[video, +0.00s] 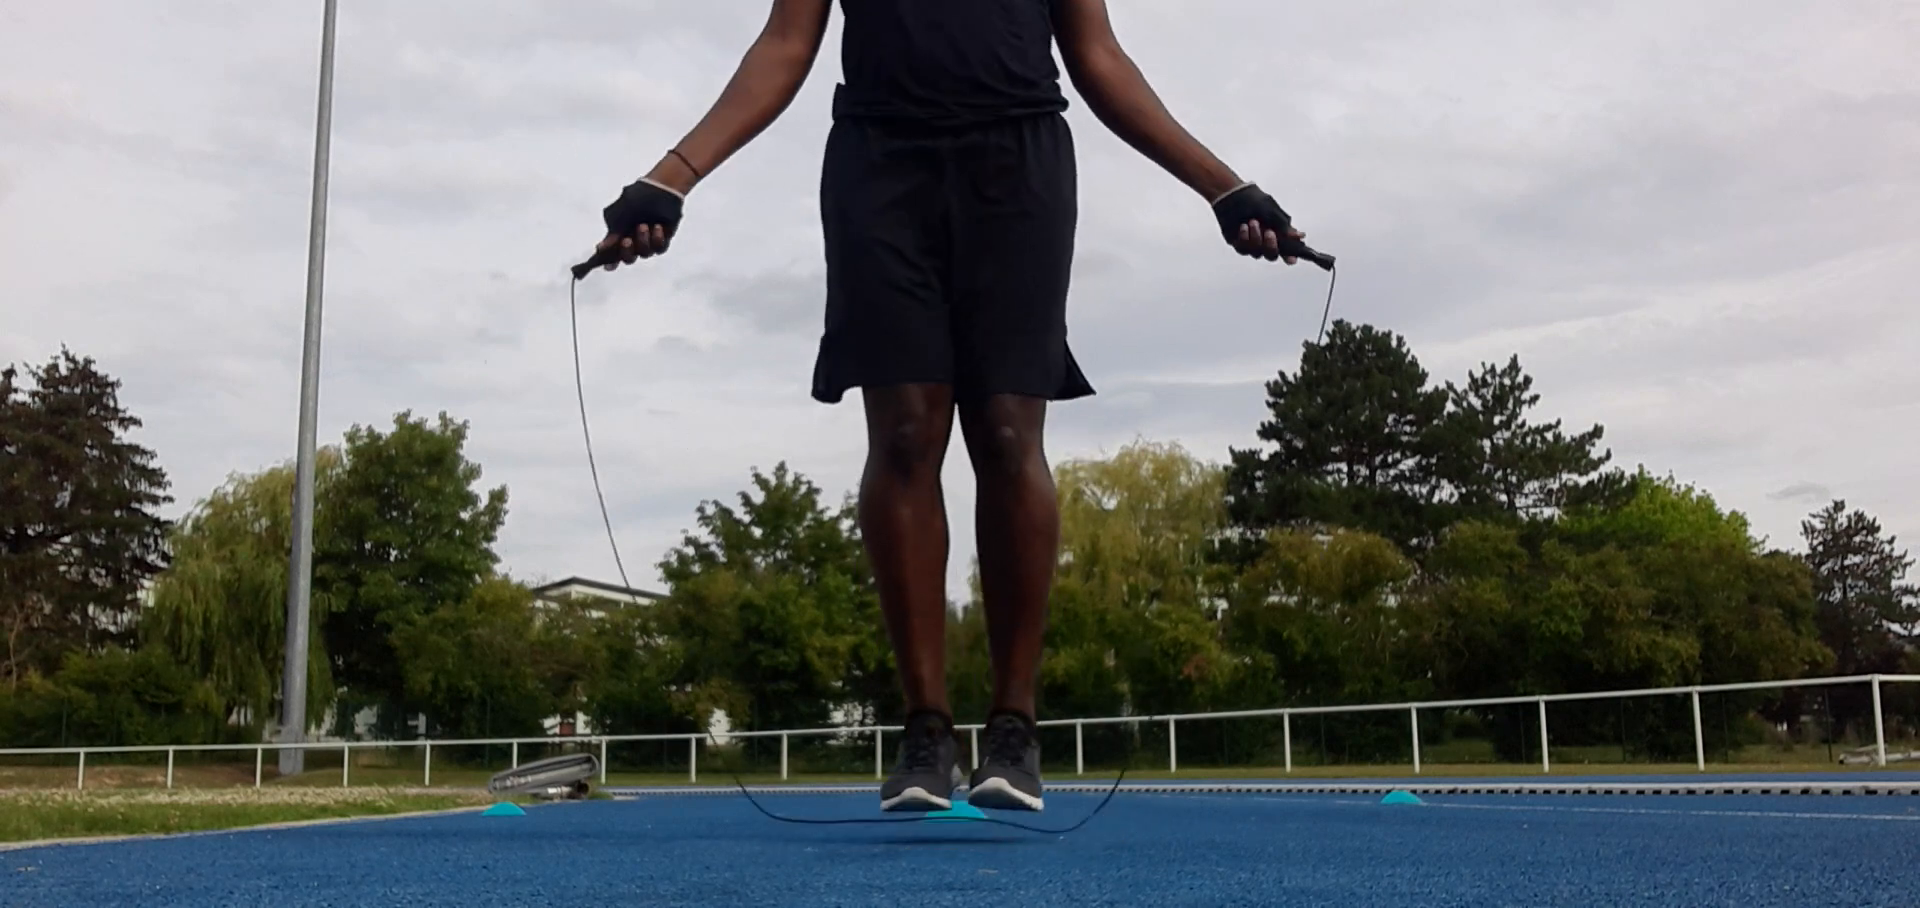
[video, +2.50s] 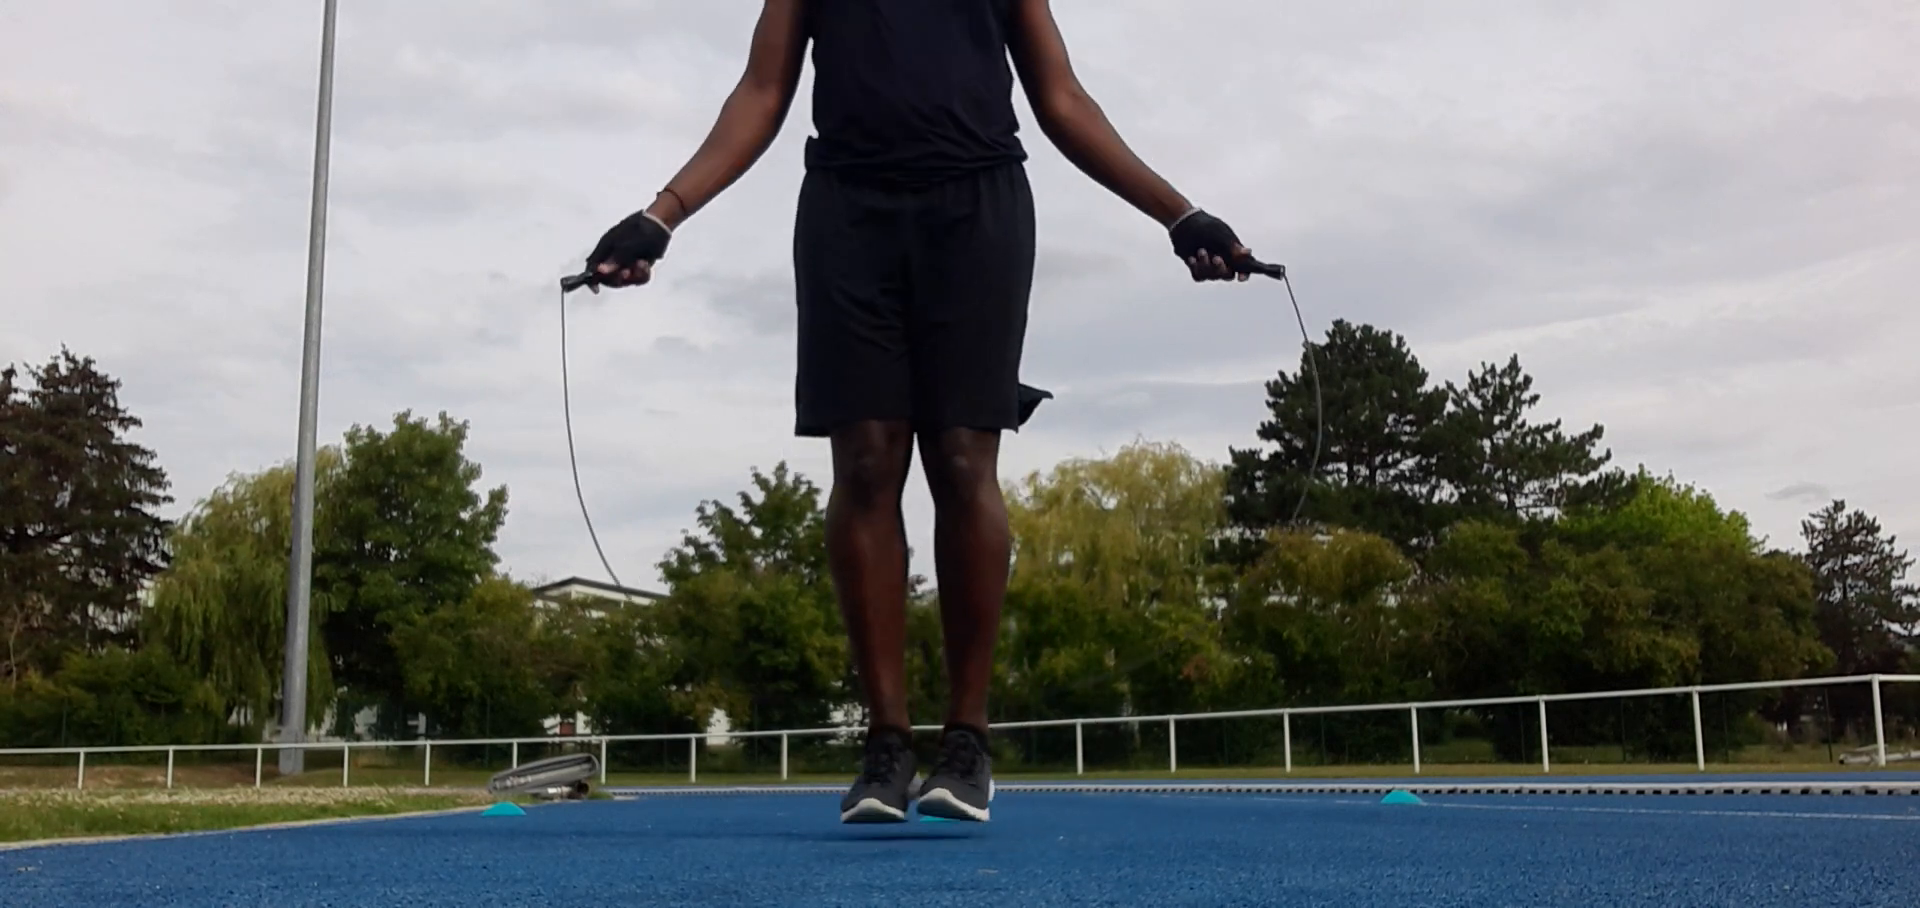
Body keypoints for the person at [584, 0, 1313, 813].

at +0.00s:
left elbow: (1099, 57)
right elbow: (787, 39)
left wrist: (1224, 185)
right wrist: (672, 173)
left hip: (1018, 146)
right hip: (878, 150)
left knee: (1006, 431)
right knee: (904, 427)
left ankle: (1013, 731)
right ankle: (926, 735)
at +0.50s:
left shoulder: (1030, 7)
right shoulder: (823, 7)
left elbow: (1082, 109)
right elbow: (778, 94)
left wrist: (1239, 129)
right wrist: (645, 128)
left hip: (1003, 205)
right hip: (869, 206)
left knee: (983, 484)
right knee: (893, 481)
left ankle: (977, 764)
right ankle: (910, 769)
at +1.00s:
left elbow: (1077, 98)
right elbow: (765, 84)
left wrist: (1206, 186)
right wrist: (659, 178)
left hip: (997, 206)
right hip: (863, 208)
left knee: (981, 469)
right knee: (886, 467)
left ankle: (982, 760)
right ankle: (908, 766)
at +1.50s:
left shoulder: (1013, 4)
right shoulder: (810, 2)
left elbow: (1062, 105)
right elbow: (764, 87)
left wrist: (1205, 192)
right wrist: (633, 190)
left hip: (987, 188)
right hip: (853, 186)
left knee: (964, 452)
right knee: (880, 450)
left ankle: (960, 739)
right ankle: (899, 741)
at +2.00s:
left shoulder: (1011, 6)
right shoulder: (802, 7)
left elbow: (1074, 136)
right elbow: (744, 131)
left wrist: (1214, 135)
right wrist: (617, 129)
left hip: (980, 248)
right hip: (849, 248)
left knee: (962, 506)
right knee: (871, 504)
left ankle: (958, 773)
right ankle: (903, 775)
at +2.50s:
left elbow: (1062, 100)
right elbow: (761, 89)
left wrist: (1179, 212)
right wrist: (661, 212)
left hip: (978, 201)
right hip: (848, 205)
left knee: (963, 459)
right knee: (867, 459)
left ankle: (965, 742)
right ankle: (887, 745)